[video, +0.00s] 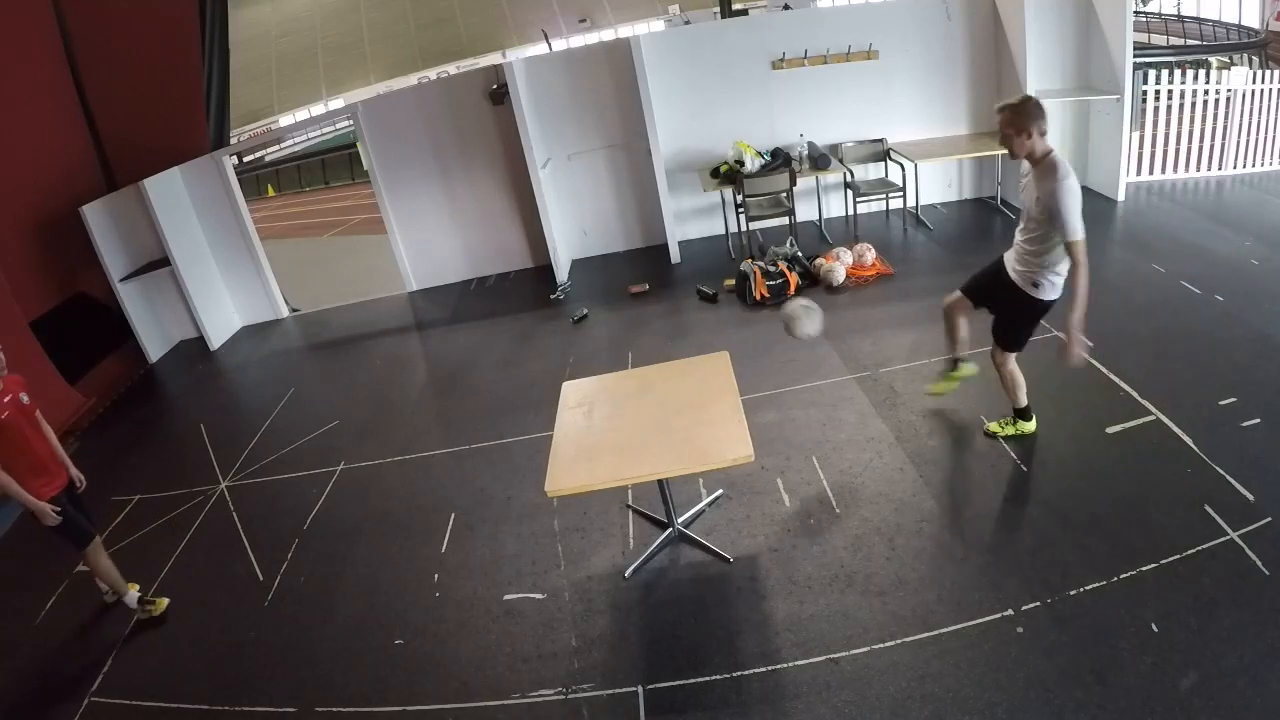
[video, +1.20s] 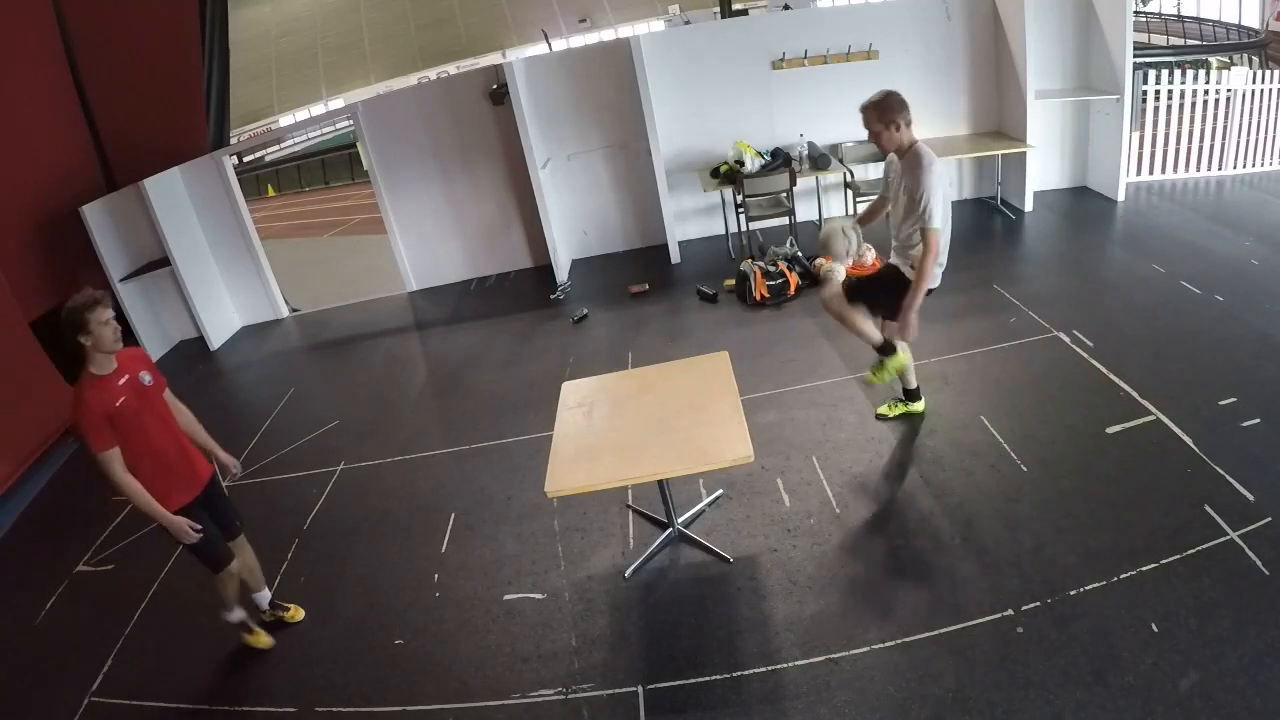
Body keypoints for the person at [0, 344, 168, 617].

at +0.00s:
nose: (3, 359)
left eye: (1, 352)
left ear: (4, 356)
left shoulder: (14, 383)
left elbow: (43, 426)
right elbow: (1, 475)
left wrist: (69, 465)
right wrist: (32, 504)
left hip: (61, 476)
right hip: (41, 495)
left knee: (90, 535)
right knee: (90, 541)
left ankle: (107, 586)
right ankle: (134, 600)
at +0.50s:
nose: (28, 353)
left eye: (26, 346)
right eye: (18, 351)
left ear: (30, 347)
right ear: (4, 364)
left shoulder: (47, 377)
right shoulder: (10, 417)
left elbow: (79, 421)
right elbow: (27, 480)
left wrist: (113, 461)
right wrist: (63, 526)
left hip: (101, 477)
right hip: (77, 502)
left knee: (141, 528)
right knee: (122, 555)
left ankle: (123, 572)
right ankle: (163, 611)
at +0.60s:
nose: (36, 351)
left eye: (34, 344)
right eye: (27, 350)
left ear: (37, 344)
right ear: (9, 364)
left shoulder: (53, 375)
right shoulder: (18, 417)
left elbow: (85, 420)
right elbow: (40, 481)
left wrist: (122, 459)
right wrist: (77, 527)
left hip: (110, 478)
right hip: (86, 505)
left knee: (158, 525)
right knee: (126, 558)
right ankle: (162, 611)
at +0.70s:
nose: (48, 350)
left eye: (45, 343)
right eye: (39, 348)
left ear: (47, 344)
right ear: (20, 363)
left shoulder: (65, 376)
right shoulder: (28, 417)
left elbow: (96, 420)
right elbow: (55, 483)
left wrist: (132, 460)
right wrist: (97, 525)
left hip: (124, 478)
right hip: (98, 506)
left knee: (173, 532)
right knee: (130, 563)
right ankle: (162, 611)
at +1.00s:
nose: (94, 338)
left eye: (91, 331)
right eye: (84, 335)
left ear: (88, 335)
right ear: (63, 350)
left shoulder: (112, 370)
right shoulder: (70, 411)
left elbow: (147, 420)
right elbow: (99, 478)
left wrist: (182, 464)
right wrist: (149, 516)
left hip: (175, 480)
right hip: (145, 509)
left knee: (222, 539)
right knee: (175, 570)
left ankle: (267, 604)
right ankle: (168, 604)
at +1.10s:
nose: (106, 331)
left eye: (104, 324)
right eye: (96, 328)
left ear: (106, 326)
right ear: (75, 343)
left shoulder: (125, 364)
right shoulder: (80, 403)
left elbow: (160, 412)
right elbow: (110, 473)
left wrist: (199, 459)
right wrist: (158, 517)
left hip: (188, 475)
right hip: (160, 504)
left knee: (230, 541)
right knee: (207, 568)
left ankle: (266, 604)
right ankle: (190, 601)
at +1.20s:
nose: (117, 326)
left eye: (114, 319)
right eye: (106, 323)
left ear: (116, 322)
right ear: (85, 338)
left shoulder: (135, 359)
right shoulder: (88, 402)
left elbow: (175, 408)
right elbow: (119, 475)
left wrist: (217, 450)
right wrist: (167, 519)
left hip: (200, 474)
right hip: (172, 502)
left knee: (239, 541)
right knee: (226, 564)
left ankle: (267, 606)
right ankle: (235, 617)